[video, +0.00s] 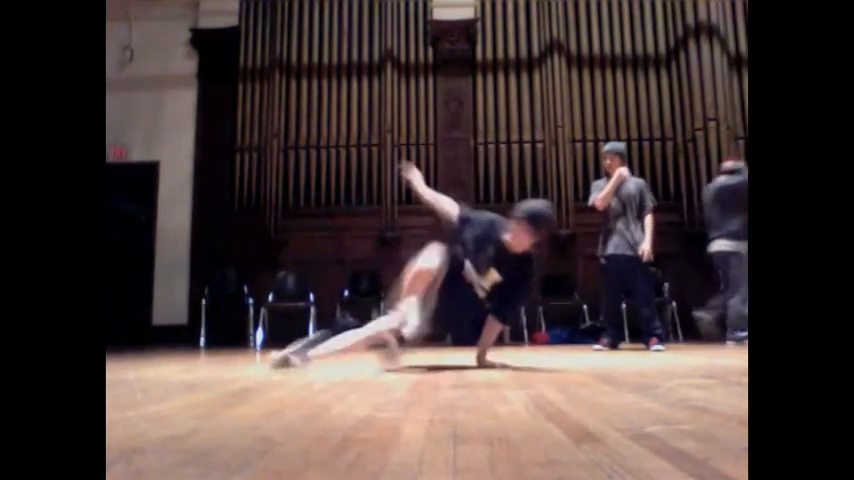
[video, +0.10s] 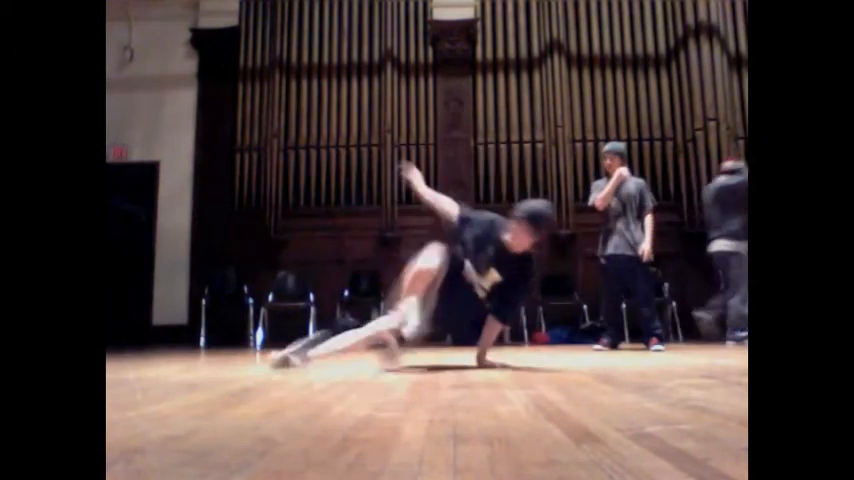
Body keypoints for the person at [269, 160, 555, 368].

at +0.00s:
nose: (518, 236)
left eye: (527, 234)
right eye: (519, 228)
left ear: (536, 240)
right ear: (513, 221)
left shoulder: (523, 273)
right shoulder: (487, 225)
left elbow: (497, 318)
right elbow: (451, 211)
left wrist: (481, 358)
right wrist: (420, 187)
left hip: (443, 320)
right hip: (431, 283)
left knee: (381, 329)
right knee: (437, 250)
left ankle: (304, 355)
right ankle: (399, 323)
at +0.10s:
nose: (519, 237)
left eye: (527, 234)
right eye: (519, 228)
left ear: (536, 240)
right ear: (513, 221)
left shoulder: (523, 273)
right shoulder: (487, 225)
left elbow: (497, 318)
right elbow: (451, 211)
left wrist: (481, 358)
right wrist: (420, 187)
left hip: (443, 320)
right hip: (431, 283)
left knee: (381, 329)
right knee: (437, 250)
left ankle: (304, 355)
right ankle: (399, 323)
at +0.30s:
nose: (470, 231)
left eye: (477, 227)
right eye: (470, 226)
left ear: (491, 233)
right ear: (468, 228)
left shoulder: (498, 269)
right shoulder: (453, 247)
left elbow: (487, 315)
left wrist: (481, 355)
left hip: (452, 307)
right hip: (426, 289)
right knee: (402, 217)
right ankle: (347, 183)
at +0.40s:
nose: (441, 235)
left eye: (445, 231)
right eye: (435, 231)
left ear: (456, 238)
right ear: (426, 239)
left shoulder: (475, 273)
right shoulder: (421, 271)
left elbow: (480, 326)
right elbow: (412, 320)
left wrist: (481, 361)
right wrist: (403, 361)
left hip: (474, 283)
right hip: (430, 285)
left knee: (518, 231)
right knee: (360, 246)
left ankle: (558, 200)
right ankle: (294, 210)